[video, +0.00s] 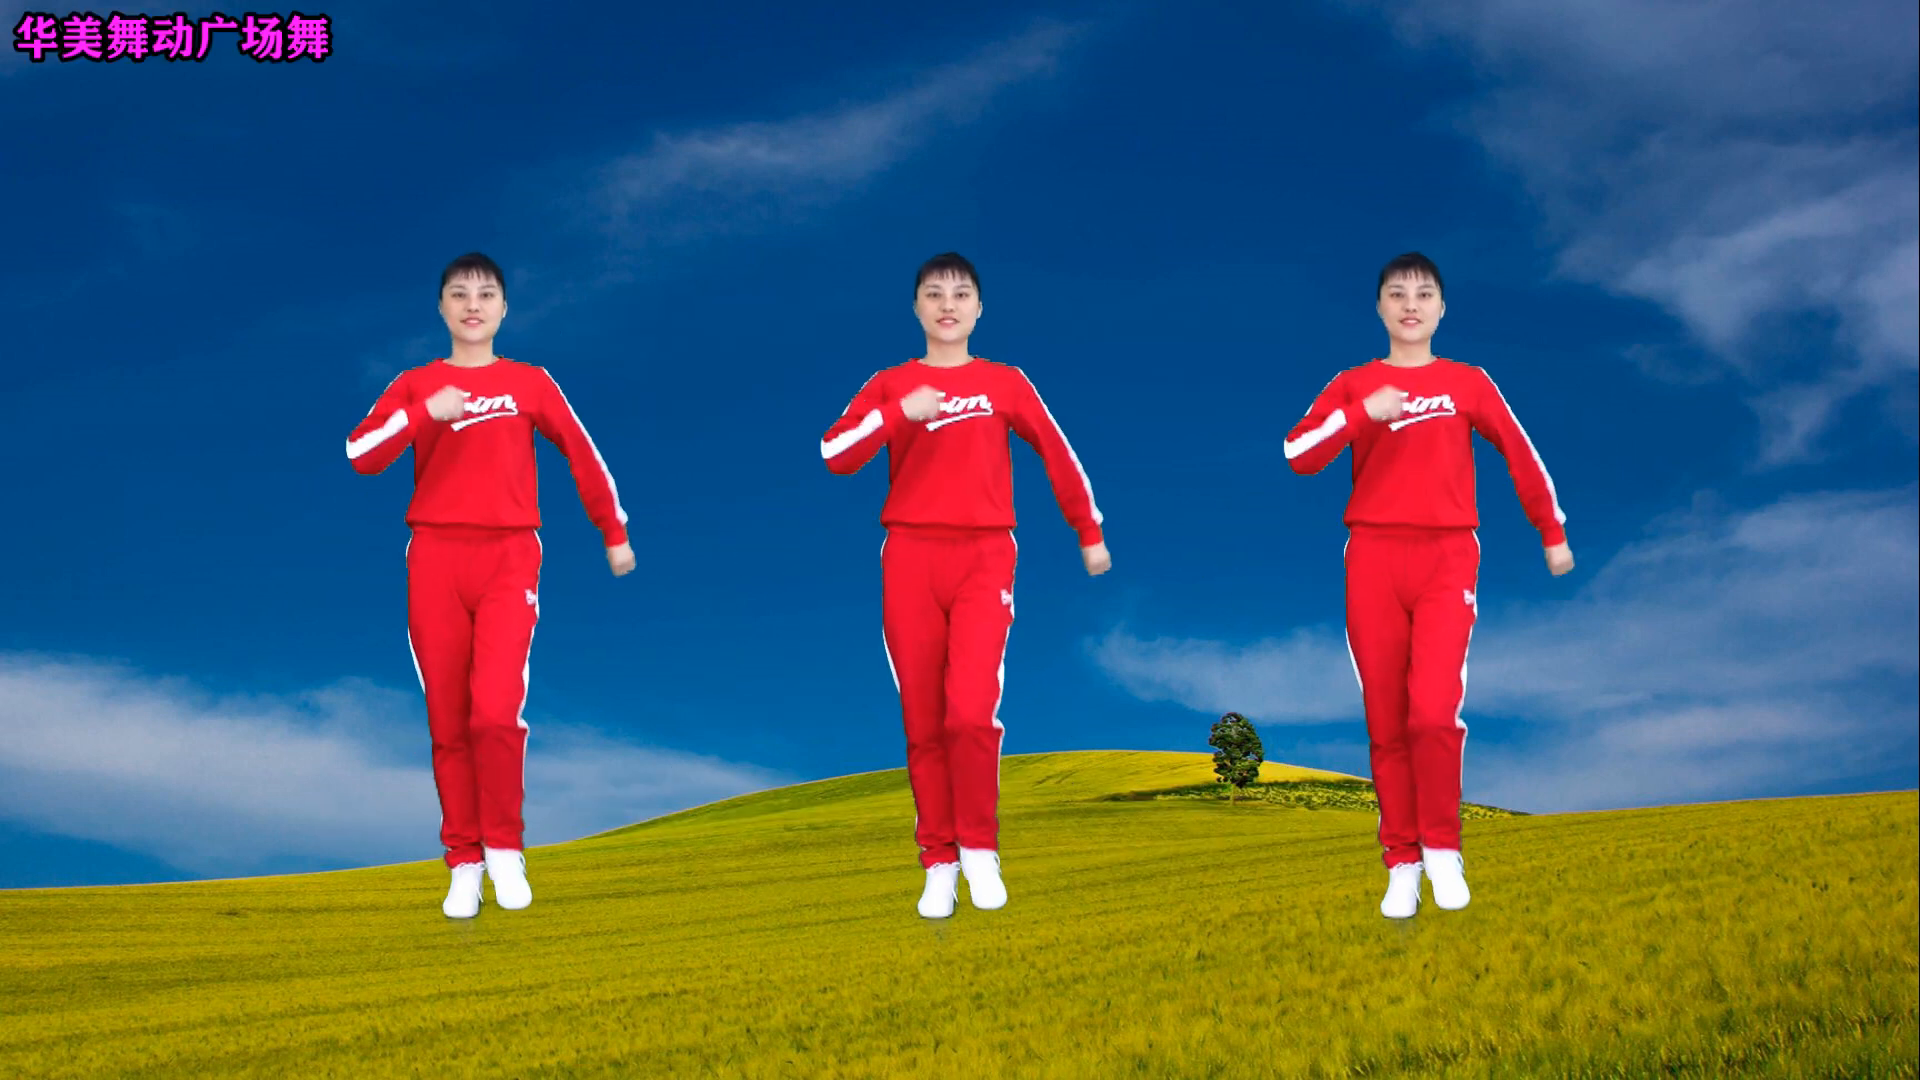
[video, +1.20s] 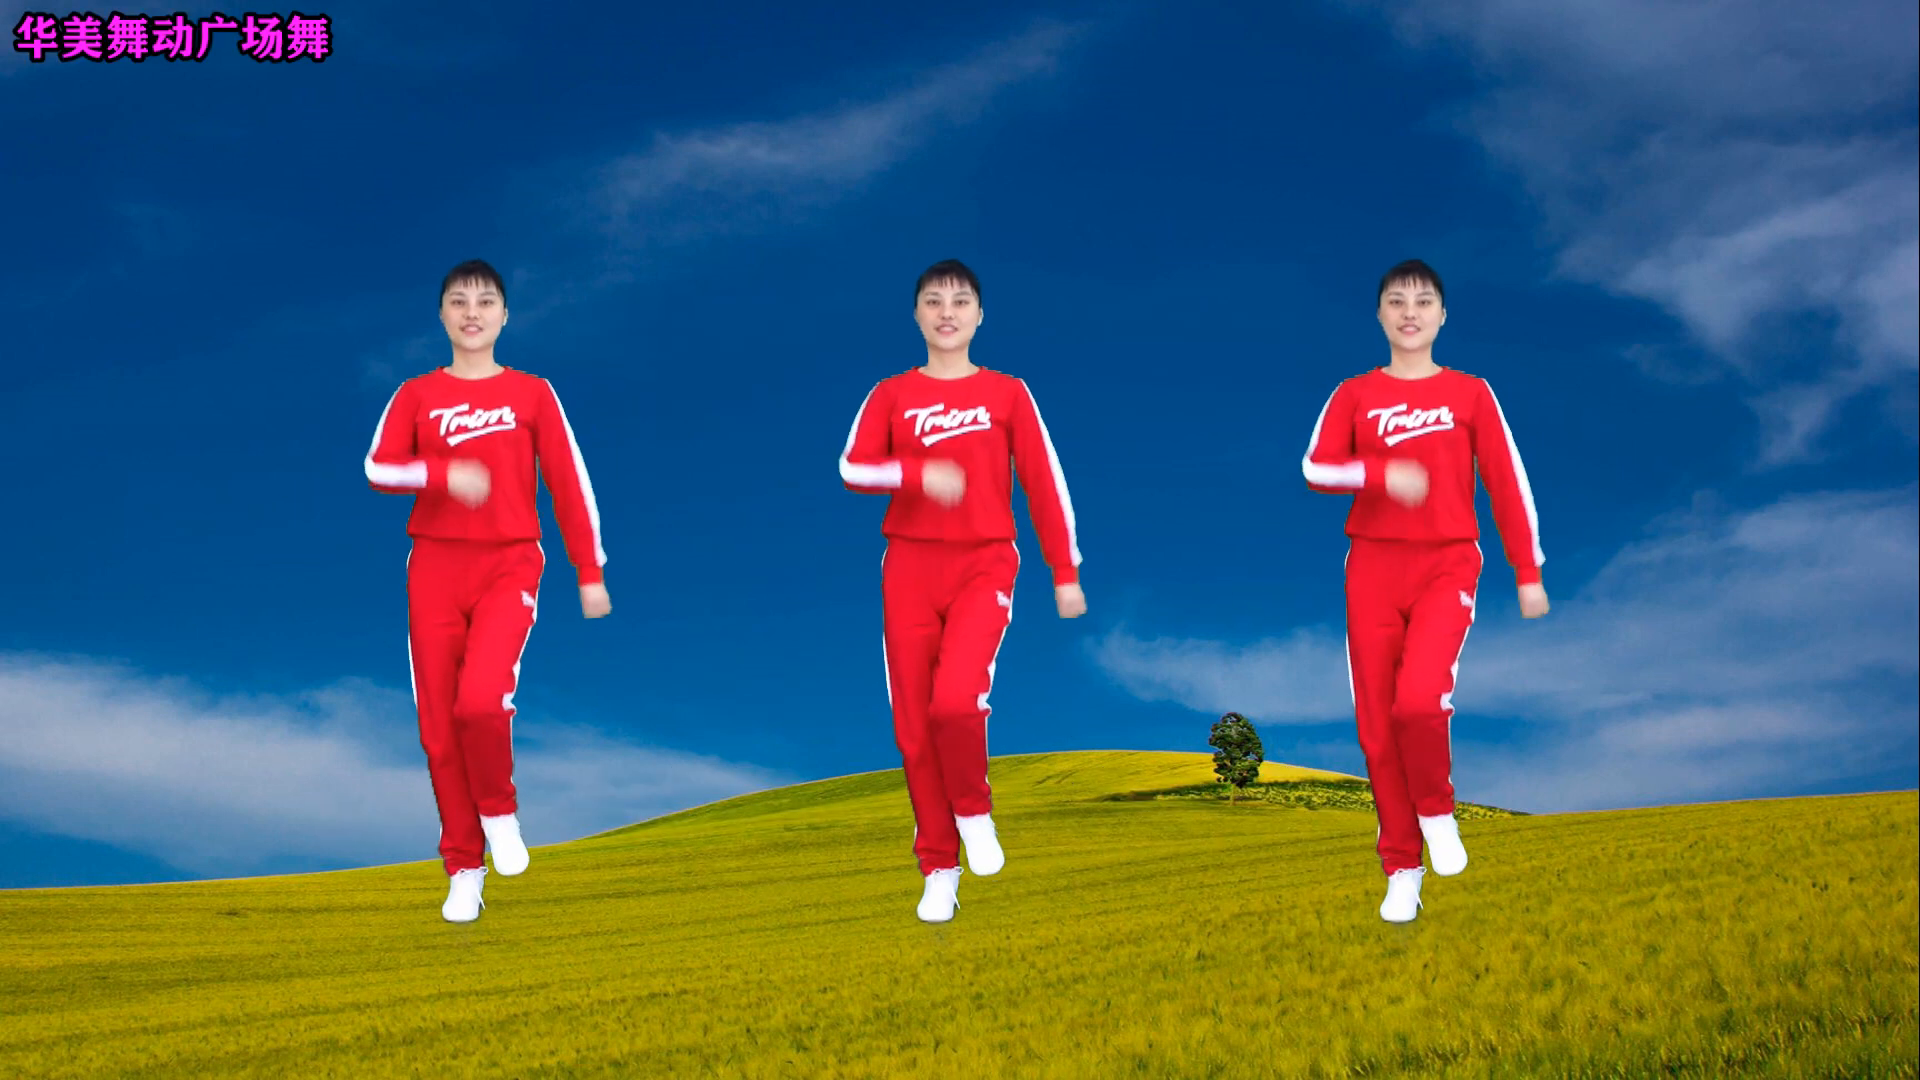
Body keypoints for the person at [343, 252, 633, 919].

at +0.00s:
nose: (473, 305)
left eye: (485, 295)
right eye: (461, 295)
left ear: (503, 307)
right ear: (443, 309)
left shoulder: (531, 383)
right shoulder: (413, 385)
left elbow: (584, 454)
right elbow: (361, 455)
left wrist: (615, 534)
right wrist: (422, 414)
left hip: (510, 561)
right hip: (434, 560)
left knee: (496, 713)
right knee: (447, 720)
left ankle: (504, 850)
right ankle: (463, 860)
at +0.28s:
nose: (479, 314)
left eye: (492, 303)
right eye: (466, 304)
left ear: (510, 315)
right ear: (450, 316)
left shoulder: (539, 389)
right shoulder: (424, 394)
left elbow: (589, 472)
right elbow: (409, 478)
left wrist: (634, 548)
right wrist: (445, 505)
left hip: (527, 572)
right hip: (451, 575)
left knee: (518, 725)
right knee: (461, 722)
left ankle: (509, 867)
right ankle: (468, 854)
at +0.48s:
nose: (484, 324)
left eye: (496, 312)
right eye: (471, 314)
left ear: (514, 323)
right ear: (455, 326)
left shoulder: (546, 400)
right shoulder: (430, 407)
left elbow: (567, 484)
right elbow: (407, 501)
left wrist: (537, 540)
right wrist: (388, 589)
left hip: (536, 573)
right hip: (461, 575)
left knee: (534, 721)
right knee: (490, 699)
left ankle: (511, 867)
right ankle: (477, 806)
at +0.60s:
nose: (484, 305)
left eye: (495, 294)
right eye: (471, 296)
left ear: (514, 303)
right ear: (455, 308)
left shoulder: (546, 381)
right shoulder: (430, 388)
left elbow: (586, 465)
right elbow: (379, 464)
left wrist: (531, 442)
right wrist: (340, 544)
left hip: (534, 556)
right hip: (458, 556)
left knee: (527, 712)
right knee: (485, 705)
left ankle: (514, 861)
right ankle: (475, 827)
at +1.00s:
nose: (478, 318)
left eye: (489, 308)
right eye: (465, 309)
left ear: (508, 319)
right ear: (448, 322)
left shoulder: (536, 396)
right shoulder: (420, 402)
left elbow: (540, 476)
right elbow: (388, 490)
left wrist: (499, 522)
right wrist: (357, 571)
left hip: (511, 577)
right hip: (437, 577)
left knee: (499, 724)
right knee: (446, 731)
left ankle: (504, 849)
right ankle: (462, 867)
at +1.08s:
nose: (475, 326)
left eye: (487, 316)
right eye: (462, 317)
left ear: (505, 328)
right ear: (446, 330)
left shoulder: (534, 405)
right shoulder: (419, 410)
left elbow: (540, 494)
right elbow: (405, 497)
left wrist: (534, 578)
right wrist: (412, 576)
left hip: (506, 580)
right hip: (435, 581)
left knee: (483, 719)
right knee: (434, 734)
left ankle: (501, 819)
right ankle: (462, 867)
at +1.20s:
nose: (473, 312)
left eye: (485, 302)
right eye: (460, 303)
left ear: (503, 314)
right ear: (443, 316)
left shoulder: (533, 393)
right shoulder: (414, 396)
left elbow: (570, 482)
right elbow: (378, 469)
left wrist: (590, 572)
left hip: (510, 568)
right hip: (435, 568)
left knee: (479, 706)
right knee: (436, 726)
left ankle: (498, 811)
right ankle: (463, 864)